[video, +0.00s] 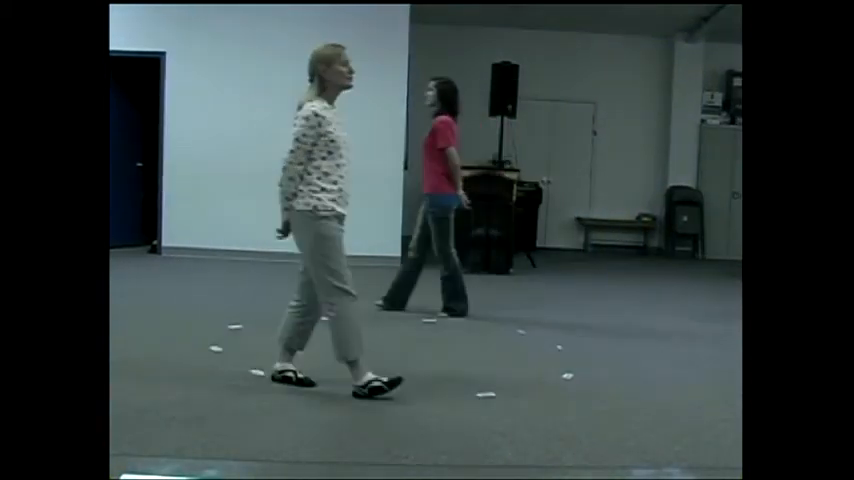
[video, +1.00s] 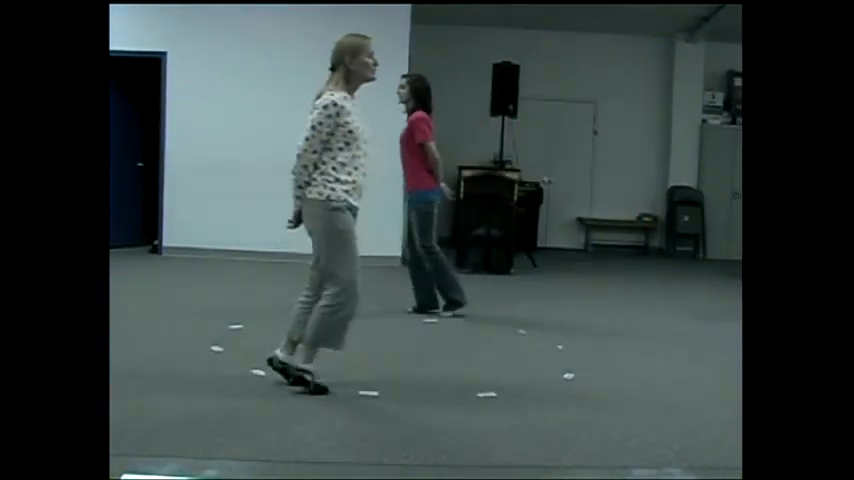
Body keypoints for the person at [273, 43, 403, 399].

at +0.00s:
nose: (351, 70)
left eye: (350, 65)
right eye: (343, 66)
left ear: (334, 74)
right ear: (323, 72)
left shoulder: (328, 113)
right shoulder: (312, 113)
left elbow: (307, 166)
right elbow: (293, 166)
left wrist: (291, 213)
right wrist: (287, 212)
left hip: (325, 213)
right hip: (314, 213)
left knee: (309, 295)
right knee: (340, 293)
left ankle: (284, 364)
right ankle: (361, 377)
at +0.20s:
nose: (368, 69)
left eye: (366, 64)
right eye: (360, 64)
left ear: (345, 72)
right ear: (340, 70)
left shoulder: (339, 112)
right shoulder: (335, 113)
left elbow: (325, 168)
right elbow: (319, 167)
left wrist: (315, 216)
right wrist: (312, 215)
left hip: (340, 211)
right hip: (345, 212)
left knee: (353, 295)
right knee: (368, 293)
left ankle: (300, 349)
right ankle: (369, 379)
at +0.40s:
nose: (379, 76)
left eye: (377, 70)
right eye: (372, 71)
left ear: (356, 78)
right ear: (354, 77)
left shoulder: (351, 119)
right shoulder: (345, 121)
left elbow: (336, 177)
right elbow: (331, 176)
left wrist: (325, 226)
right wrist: (324, 226)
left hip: (361, 217)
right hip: (354, 219)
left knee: (404, 289)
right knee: (390, 294)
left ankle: (342, 344)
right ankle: (370, 380)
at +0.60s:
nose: (379, 69)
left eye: (377, 63)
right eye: (372, 64)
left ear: (353, 71)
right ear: (352, 70)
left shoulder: (346, 111)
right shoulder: (342, 113)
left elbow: (331, 168)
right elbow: (325, 168)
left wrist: (320, 217)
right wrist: (318, 217)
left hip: (347, 211)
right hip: (350, 212)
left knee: (368, 293)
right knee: (373, 294)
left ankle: (311, 343)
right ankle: (370, 379)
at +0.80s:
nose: (375, 67)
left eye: (374, 62)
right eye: (368, 62)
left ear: (351, 68)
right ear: (350, 67)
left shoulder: (343, 108)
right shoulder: (334, 110)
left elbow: (319, 162)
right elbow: (309, 161)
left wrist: (302, 209)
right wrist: (300, 208)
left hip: (333, 208)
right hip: (330, 209)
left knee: (324, 288)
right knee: (353, 288)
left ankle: (284, 355)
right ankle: (362, 376)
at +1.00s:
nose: (375, 63)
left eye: (374, 58)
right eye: (368, 57)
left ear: (350, 64)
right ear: (348, 62)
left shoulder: (343, 102)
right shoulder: (333, 104)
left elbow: (314, 156)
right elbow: (306, 156)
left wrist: (303, 203)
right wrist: (300, 202)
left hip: (328, 201)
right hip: (329, 202)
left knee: (317, 284)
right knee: (343, 286)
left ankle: (287, 353)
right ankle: (303, 362)